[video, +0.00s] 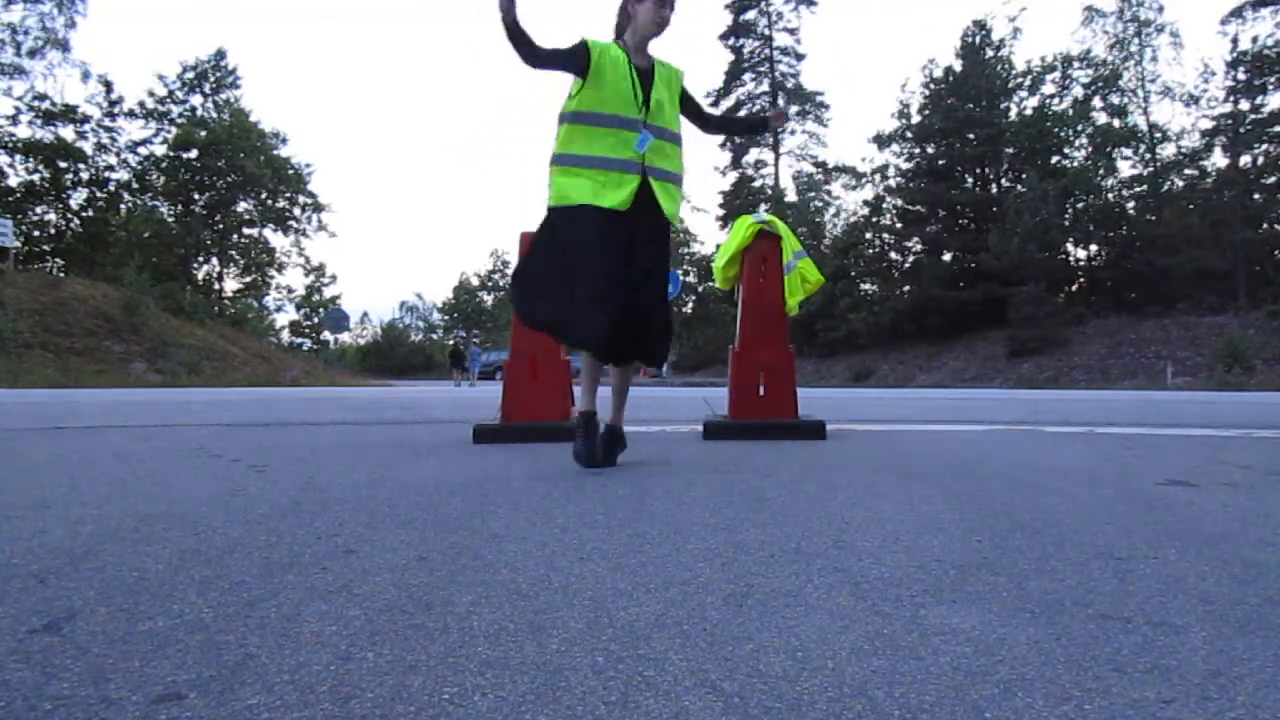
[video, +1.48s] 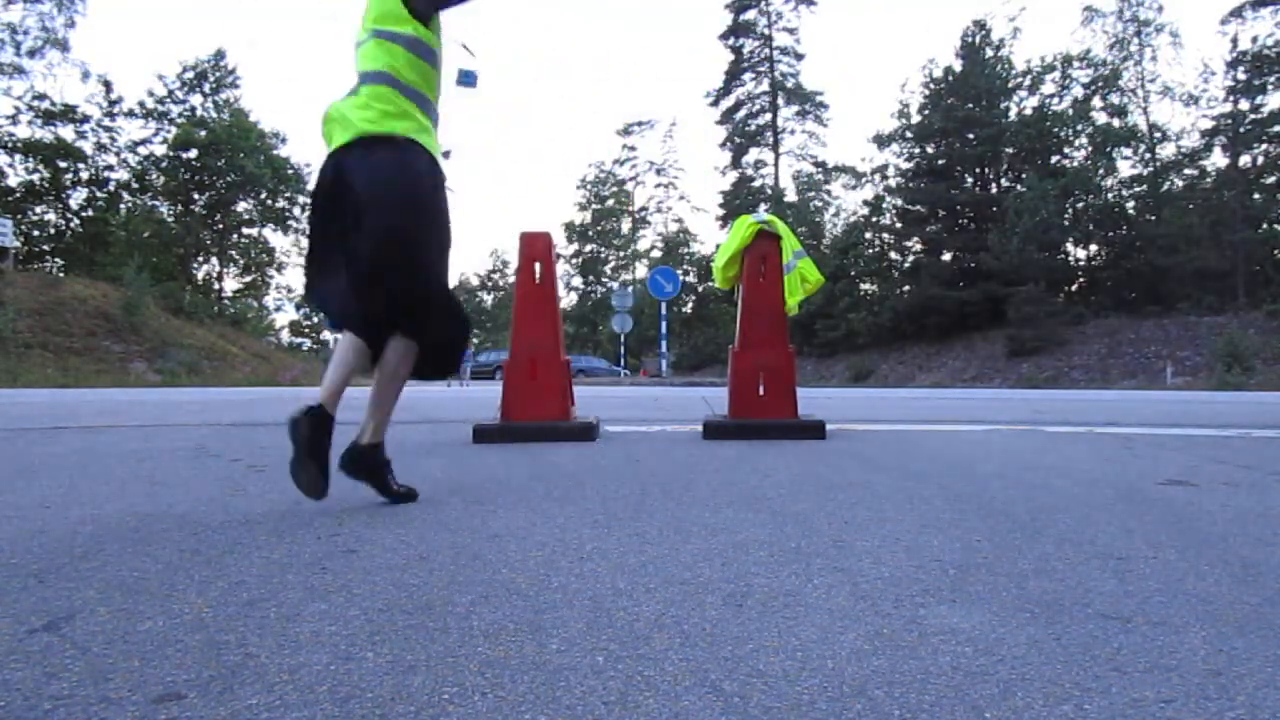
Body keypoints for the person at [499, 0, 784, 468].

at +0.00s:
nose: (667, 13)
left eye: (669, 8)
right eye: (659, 4)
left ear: (664, 20)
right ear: (631, 7)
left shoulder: (669, 78)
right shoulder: (596, 54)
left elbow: (711, 122)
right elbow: (537, 58)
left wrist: (765, 122)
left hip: (647, 214)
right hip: (591, 207)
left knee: (635, 320)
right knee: (596, 312)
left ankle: (616, 425)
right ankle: (586, 416)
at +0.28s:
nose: (632, 43)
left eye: (630, 35)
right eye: (630, 33)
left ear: (586, 35)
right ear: (618, 29)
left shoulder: (568, 88)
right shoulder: (610, 66)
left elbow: (547, 152)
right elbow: (662, 80)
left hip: (555, 223)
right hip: (599, 218)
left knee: (577, 332)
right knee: (628, 331)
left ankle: (533, 432)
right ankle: (589, 444)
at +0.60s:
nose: (502, 27)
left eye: (504, 18)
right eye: (503, 19)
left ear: (517, 17)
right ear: (552, 20)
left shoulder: (507, 53)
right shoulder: (587, 67)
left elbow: (446, 77)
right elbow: (622, 104)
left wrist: (366, 83)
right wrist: (587, 89)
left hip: (521, 213)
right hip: (588, 215)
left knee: (501, 324)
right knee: (574, 328)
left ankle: (501, 444)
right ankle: (581, 446)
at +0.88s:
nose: (437, 14)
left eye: (443, 5)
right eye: (438, 7)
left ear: (470, 8)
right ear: (470, 11)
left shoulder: (495, 58)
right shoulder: (465, 74)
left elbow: (518, 85)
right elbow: (421, 116)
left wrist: (544, 95)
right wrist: (353, 121)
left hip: (478, 232)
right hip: (485, 232)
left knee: (429, 339)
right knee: (496, 341)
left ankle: (392, 454)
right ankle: (558, 426)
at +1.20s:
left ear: (454, 2)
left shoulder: (479, 59)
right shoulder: (378, 34)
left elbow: (542, 99)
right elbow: (304, 35)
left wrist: (608, 68)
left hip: (440, 215)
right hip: (372, 203)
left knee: (414, 331)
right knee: (371, 309)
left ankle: (385, 452)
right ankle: (336, 424)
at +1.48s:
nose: (442, 6)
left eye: (441, 5)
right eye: (438, 4)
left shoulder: (381, 18)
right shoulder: (409, 10)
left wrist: (453, 75)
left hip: (350, 158)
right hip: (402, 157)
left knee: (369, 305)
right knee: (416, 311)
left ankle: (320, 410)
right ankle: (369, 445)